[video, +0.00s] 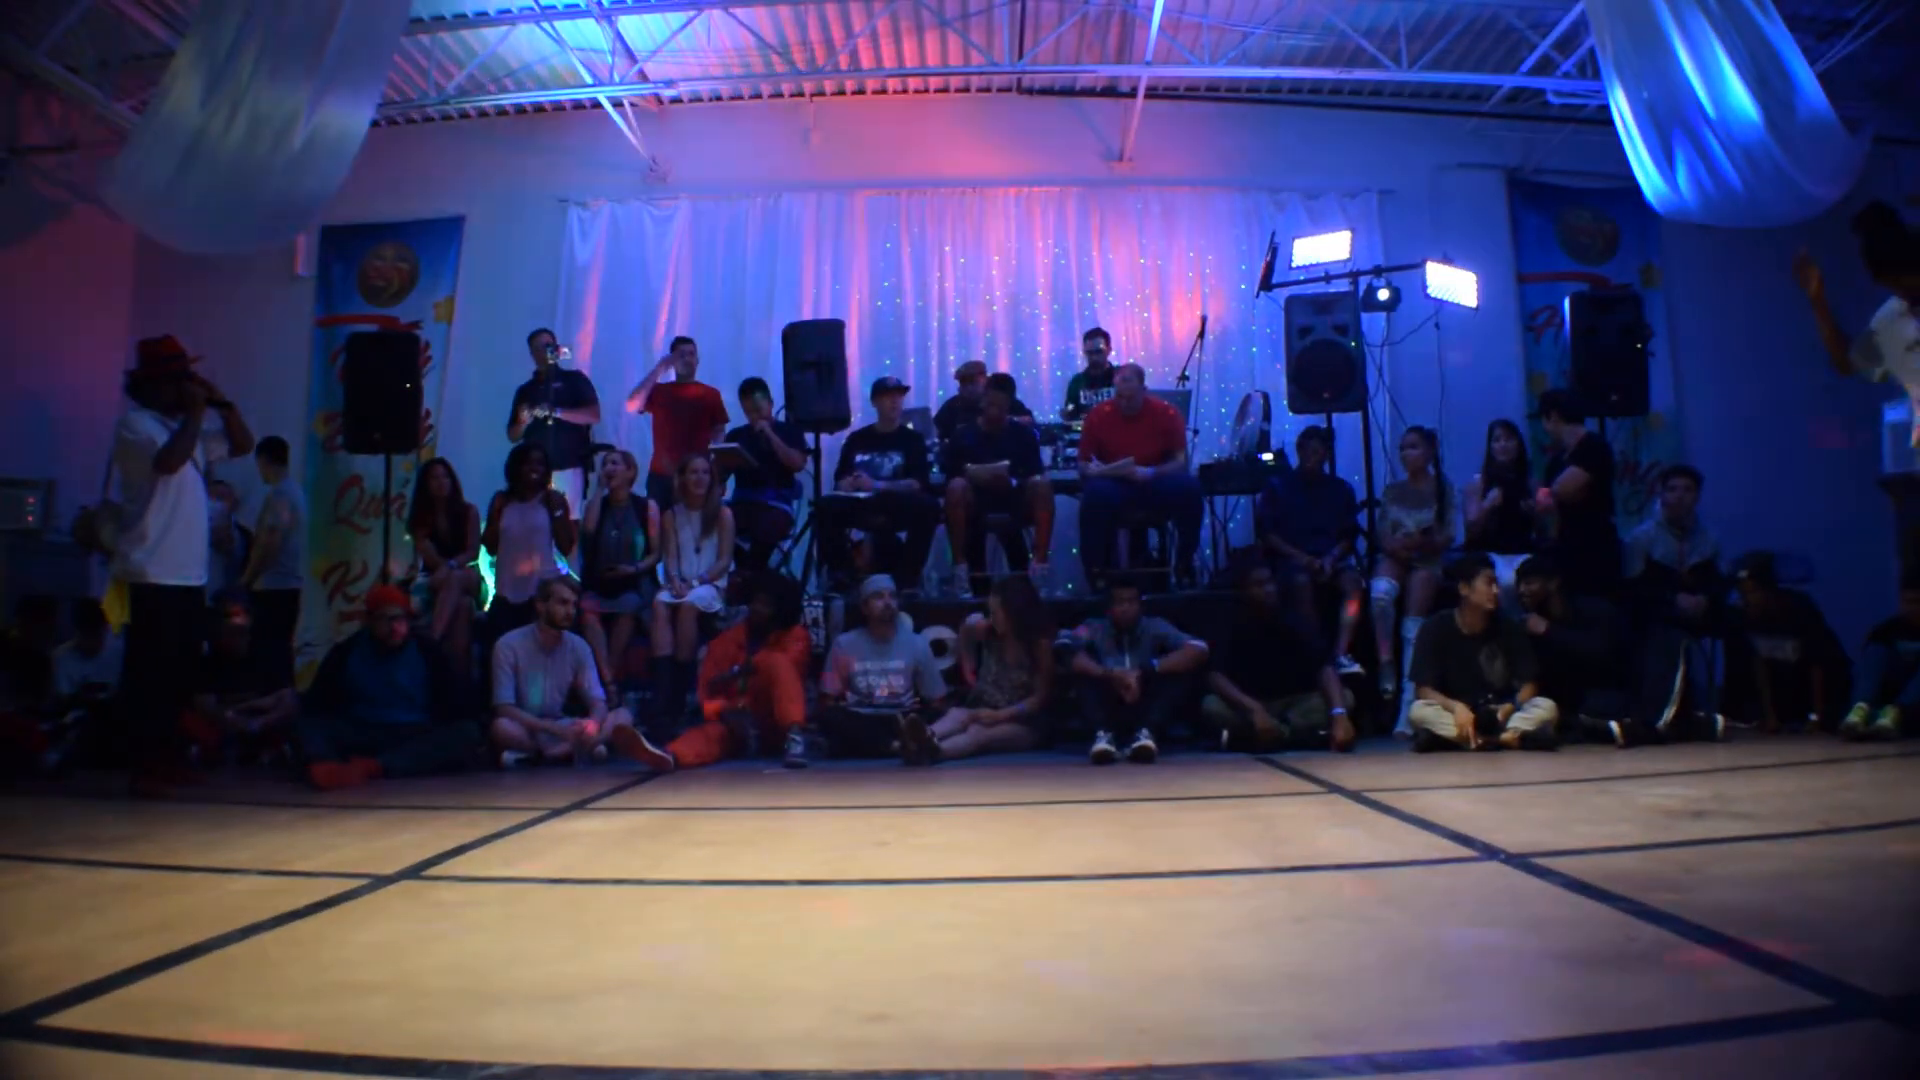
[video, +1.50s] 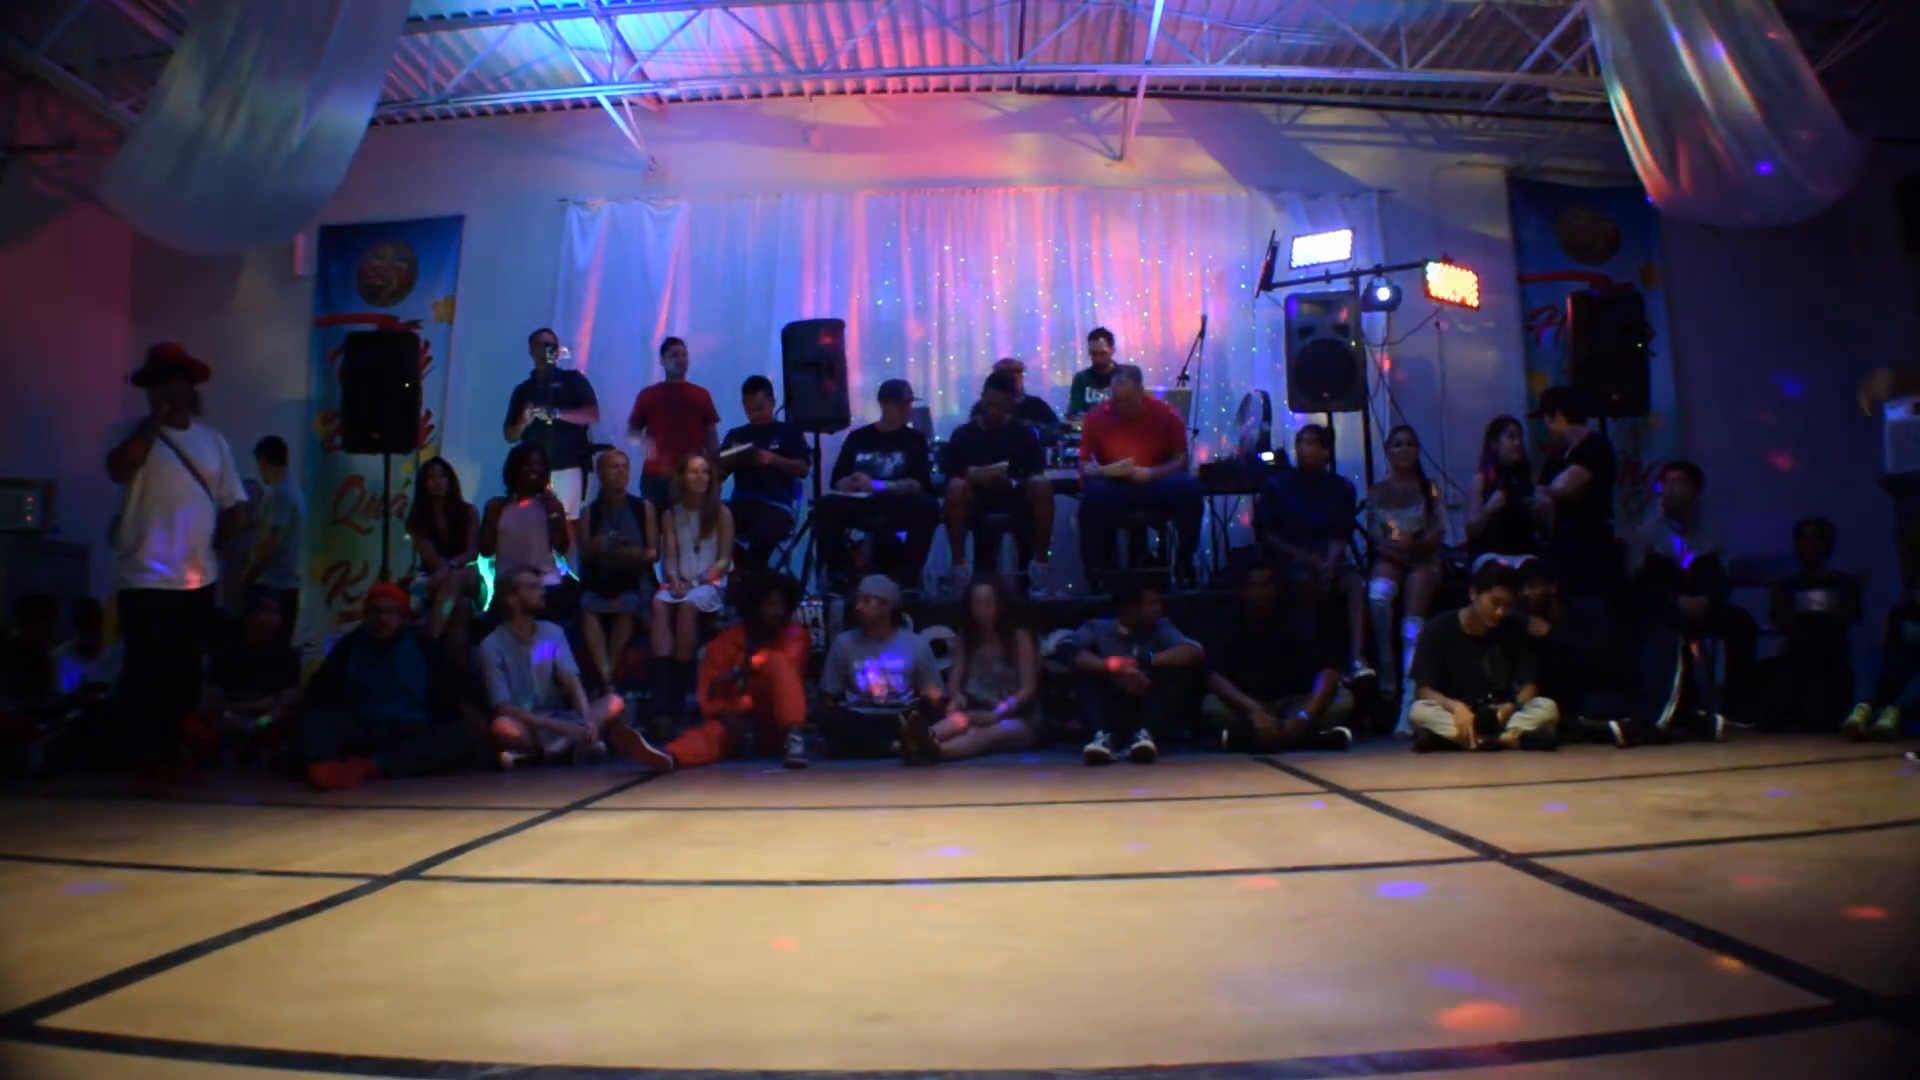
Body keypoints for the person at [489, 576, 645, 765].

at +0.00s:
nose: (570, 611)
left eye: (573, 604)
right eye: (562, 603)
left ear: (577, 607)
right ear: (541, 606)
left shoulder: (578, 647)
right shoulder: (509, 645)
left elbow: (598, 701)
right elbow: (504, 707)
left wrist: (593, 724)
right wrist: (556, 729)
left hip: (564, 723)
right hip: (527, 723)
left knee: (623, 716)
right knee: (502, 728)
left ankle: (546, 753)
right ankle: (578, 748)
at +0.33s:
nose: (570, 610)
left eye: (573, 604)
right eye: (562, 603)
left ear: (577, 606)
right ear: (541, 606)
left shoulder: (579, 647)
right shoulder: (509, 645)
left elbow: (598, 699)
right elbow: (504, 707)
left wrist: (593, 725)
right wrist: (559, 730)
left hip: (563, 721)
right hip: (527, 722)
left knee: (622, 716)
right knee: (502, 728)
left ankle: (554, 752)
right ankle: (579, 749)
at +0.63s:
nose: (576, 606)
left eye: (575, 600)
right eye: (569, 600)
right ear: (547, 607)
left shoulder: (577, 645)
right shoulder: (509, 645)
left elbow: (598, 699)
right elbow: (504, 707)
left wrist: (592, 726)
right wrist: (555, 728)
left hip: (565, 721)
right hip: (528, 723)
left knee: (622, 716)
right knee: (502, 728)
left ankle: (559, 750)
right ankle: (578, 747)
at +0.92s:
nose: (570, 597)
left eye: (567, 591)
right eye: (562, 592)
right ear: (542, 604)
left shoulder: (568, 638)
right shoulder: (508, 643)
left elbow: (591, 686)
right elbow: (504, 706)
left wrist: (592, 721)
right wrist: (553, 728)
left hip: (562, 719)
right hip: (527, 721)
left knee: (623, 715)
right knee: (502, 728)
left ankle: (558, 750)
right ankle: (580, 746)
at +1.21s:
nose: (552, 590)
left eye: (549, 586)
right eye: (545, 587)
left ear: (531, 602)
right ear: (527, 601)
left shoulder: (557, 632)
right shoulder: (499, 643)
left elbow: (575, 680)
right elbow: (502, 706)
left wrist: (587, 721)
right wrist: (560, 728)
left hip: (561, 717)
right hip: (527, 720)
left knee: (620, 712)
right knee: (503, 728)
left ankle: (557, 750)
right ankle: (579, 746)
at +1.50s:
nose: (542, 591)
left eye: (540, 586)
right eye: (533, 587)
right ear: (511, 599)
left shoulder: (553, 632)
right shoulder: (492, 645)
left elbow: (571, 679)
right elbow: (502, 705)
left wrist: (588, 721)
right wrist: (562, 728)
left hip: (559, 712)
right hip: (523, 717)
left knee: (614, 702)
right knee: (501, 726)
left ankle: (553, 749)